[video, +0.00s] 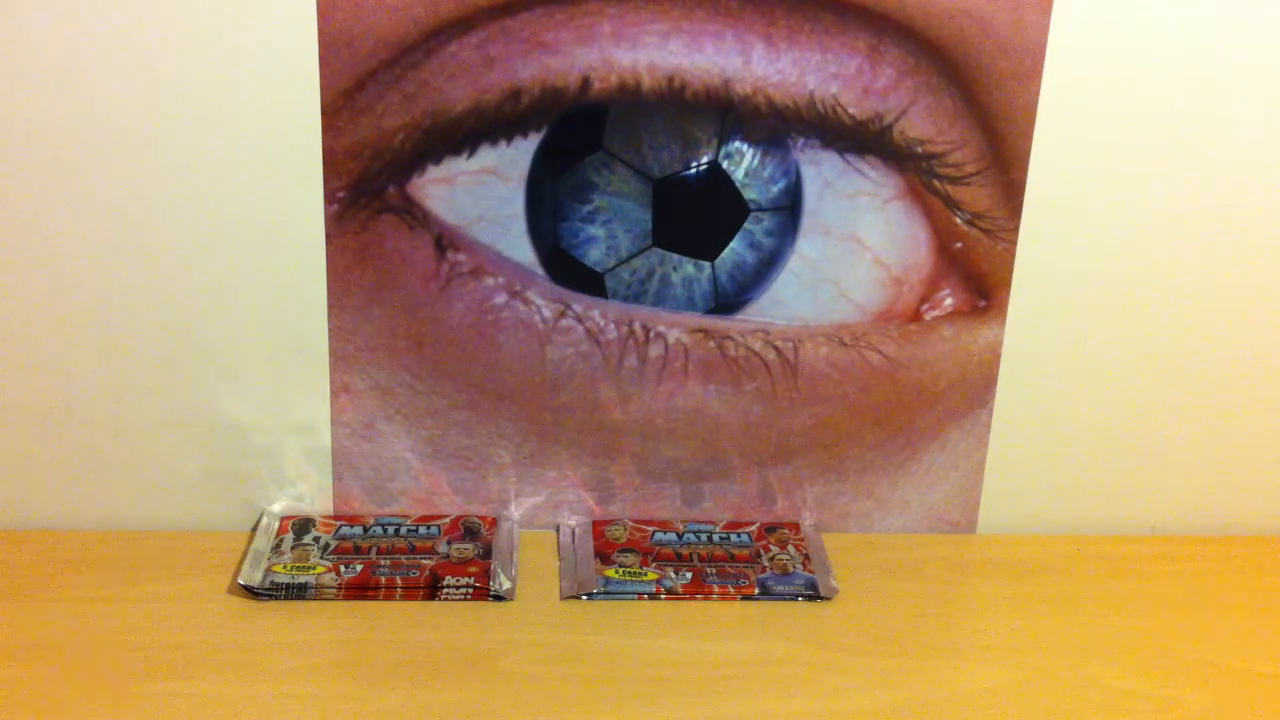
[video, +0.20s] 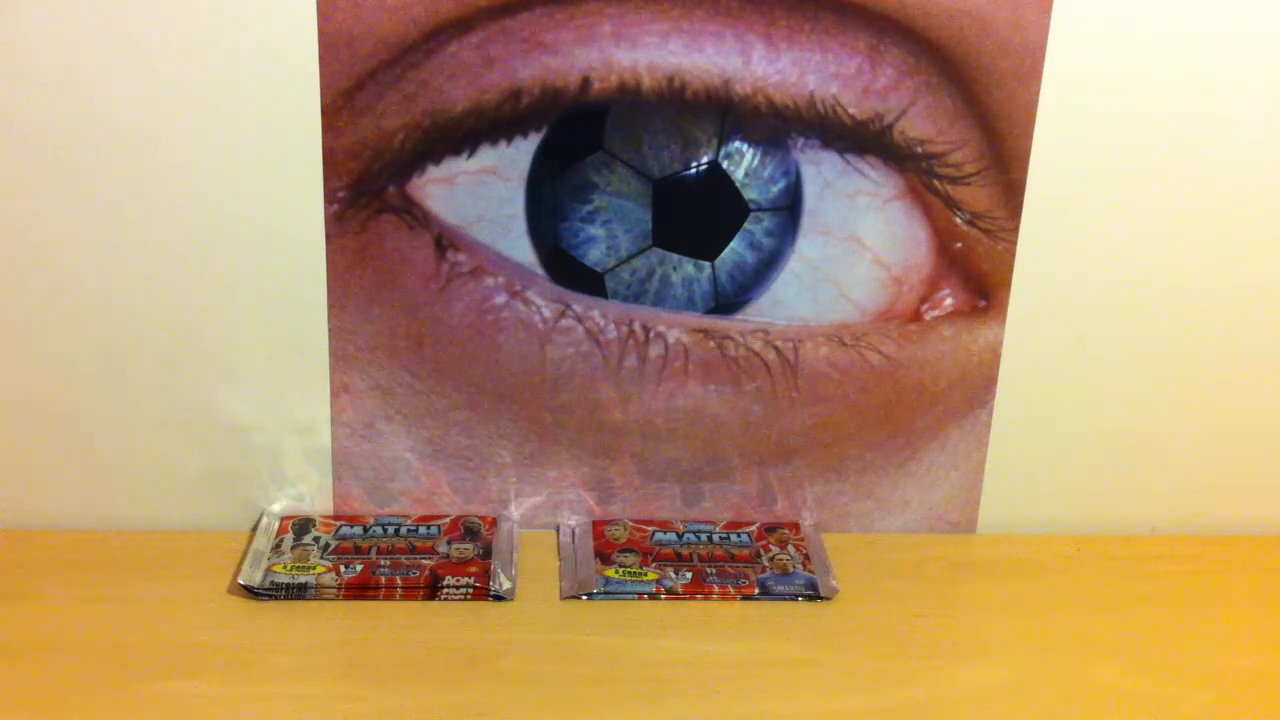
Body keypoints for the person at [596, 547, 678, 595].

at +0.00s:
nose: (621, 560)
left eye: (626, 557)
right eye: (619, 557)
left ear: (638, 558)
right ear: (616, 558)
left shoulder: (651, 573)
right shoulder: (609, 571)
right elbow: (597, 589)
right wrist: (597, 574)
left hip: (641, 606)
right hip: (612, 605)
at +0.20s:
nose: (621, 560)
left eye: (626, 557)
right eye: (619, 557)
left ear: (638, 558)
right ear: (616, 558)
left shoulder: (651, 573)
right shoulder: (609, 571)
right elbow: (597, 589)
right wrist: (596, 574)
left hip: (641, 606)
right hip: (612, 605)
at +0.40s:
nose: (621, 560)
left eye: (626, 557)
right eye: (619, 557)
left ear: (638, 558)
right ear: (616, 558)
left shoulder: (651, 573)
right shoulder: (609, 571)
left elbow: (674, 589)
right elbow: (596, 589)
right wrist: (597, 574)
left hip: (640, 606)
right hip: (612, 605)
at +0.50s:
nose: (621, 560)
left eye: (626, 557)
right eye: (619, 557)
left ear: (638, 558)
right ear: (616, 558)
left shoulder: (651, 573)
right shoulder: (609, 571)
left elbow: (673, 589)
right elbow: (596, 589)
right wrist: (597, 574)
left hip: (640, 606)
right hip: (612, 605)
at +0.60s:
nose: (621, 560)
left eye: (626, 557)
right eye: (619, 557)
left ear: (638, 558)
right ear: (616, 558)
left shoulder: (651, 573)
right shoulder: (609, 571)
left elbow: (673, 589)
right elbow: (596, 589)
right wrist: (596, 574)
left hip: (641, 606)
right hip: (612, 605)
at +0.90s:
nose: (621, 560)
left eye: (626, 557)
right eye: (619, 557)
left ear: (638, 558)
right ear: (616, 558)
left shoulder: (651, 573)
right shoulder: (609, 571)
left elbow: (674, 590)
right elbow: (597, 589)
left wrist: (668, 575)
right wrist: (596, 574)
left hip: (641, 606)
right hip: (613, 606)